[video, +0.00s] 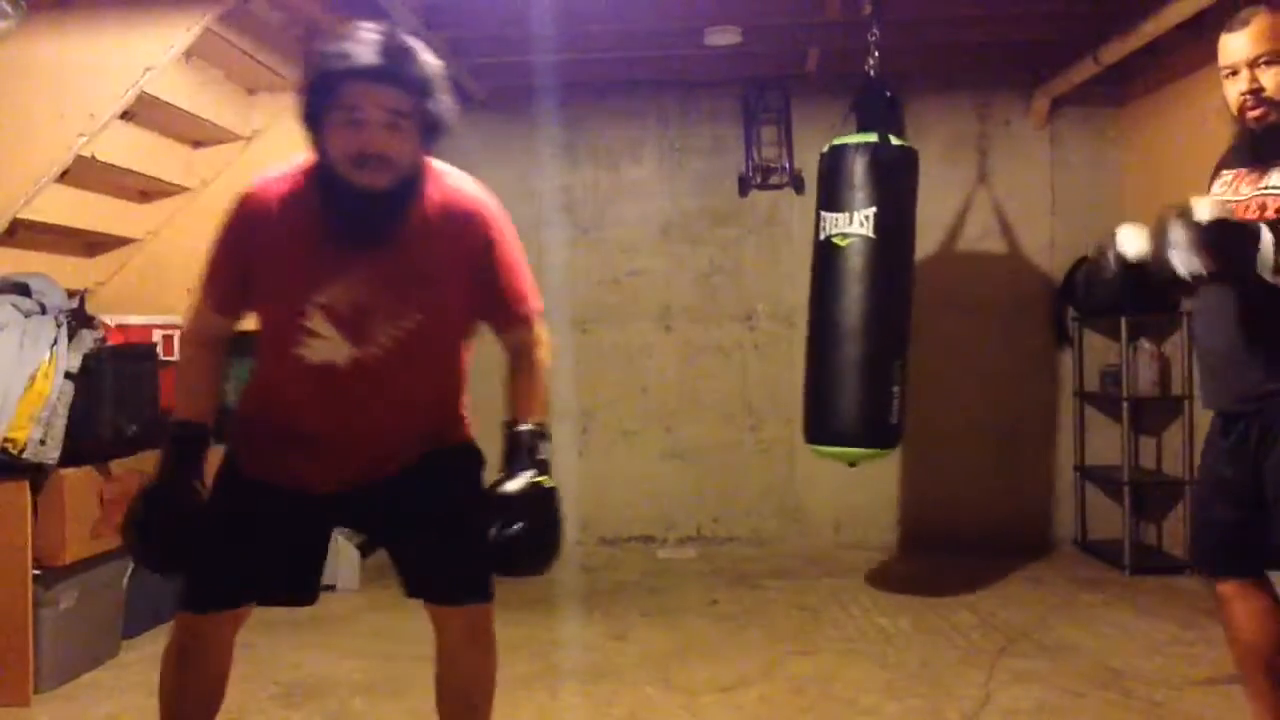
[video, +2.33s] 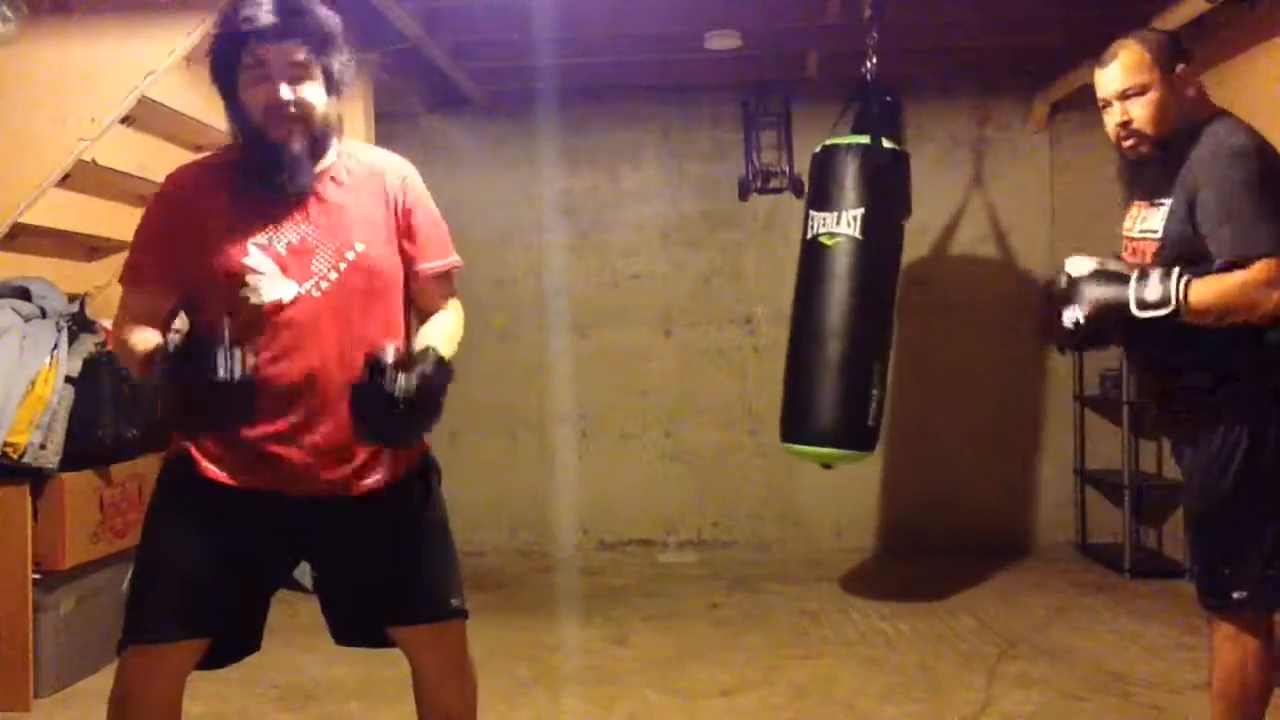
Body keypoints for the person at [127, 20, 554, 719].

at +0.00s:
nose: (372, 141)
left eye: (394, 121)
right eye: (351, 120)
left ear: (425, 131)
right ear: (317, 127)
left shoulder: (466, 216)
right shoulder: (265, 213)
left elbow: (525, 338)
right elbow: (206, 334)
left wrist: (527, 465)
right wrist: (182, 464)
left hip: (417, 460)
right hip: (276, 459)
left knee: (466, 612)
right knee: (205, 615)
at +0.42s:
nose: (409, 161)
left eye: (432, 143)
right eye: (388, 139)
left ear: (464, 155)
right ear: (354, 146)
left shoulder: (494, 244)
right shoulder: (287, 223)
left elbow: (526, 365)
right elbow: (229, 362)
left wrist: (498, 469)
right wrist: (275, 419)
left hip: (416, 463)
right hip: (280, 456)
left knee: (475, 617)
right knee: (201, 636)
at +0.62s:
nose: (353, 164)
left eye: (376, 144)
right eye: (332, 143)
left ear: (411, 155)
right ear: (301, 151)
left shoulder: (454, 237)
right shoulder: (253, 225)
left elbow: (501, 377)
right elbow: (235, 393)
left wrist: (450, 405)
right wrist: (341, 354)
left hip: (390, 460)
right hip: (245, 456)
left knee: (456, 619)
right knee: (161, 634)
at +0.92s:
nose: (303, 144)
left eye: (326, 123)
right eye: (280, 125)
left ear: (364, 136)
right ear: (252, 140)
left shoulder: (411, 224)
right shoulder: (205, 218)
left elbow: (469, 371)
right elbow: (122, 354)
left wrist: (387, 377)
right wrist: (237, 337)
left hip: (374, 462)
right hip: (224, 462)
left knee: (449, 619)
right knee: (144, 638)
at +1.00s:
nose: (293, 150)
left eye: (316, 128)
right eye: (270, 131)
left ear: (355, 142)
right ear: (243, 147)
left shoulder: (413, 242)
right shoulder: (188, 232)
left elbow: (470, 362)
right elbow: (103, 331)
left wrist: (441, 405)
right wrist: (176, 364)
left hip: (370, 468)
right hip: (219, 468)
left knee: (451, 620)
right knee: (138, 645)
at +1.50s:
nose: (295, 77)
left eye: (315, 61)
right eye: (276, 63)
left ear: (348, 78)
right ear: (248, 82)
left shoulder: (396, 171)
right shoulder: (204, 178)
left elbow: (428, 313)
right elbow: (150, 310)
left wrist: (435, 289)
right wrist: (186, 272)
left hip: (372, 469)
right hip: (221, 472)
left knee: (443, 645)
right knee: (143, 664)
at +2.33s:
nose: (282, 92)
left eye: (301, 72)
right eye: (259, 73)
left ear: (332, 83)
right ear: (230, 89)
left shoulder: (391, 181)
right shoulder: (189, 194)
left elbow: (441, 306)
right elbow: (136, 329)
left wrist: (425, 366)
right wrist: (173, 362)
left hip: (375, 475)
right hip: (223, 478)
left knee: (441, 642)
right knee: (152, 659)